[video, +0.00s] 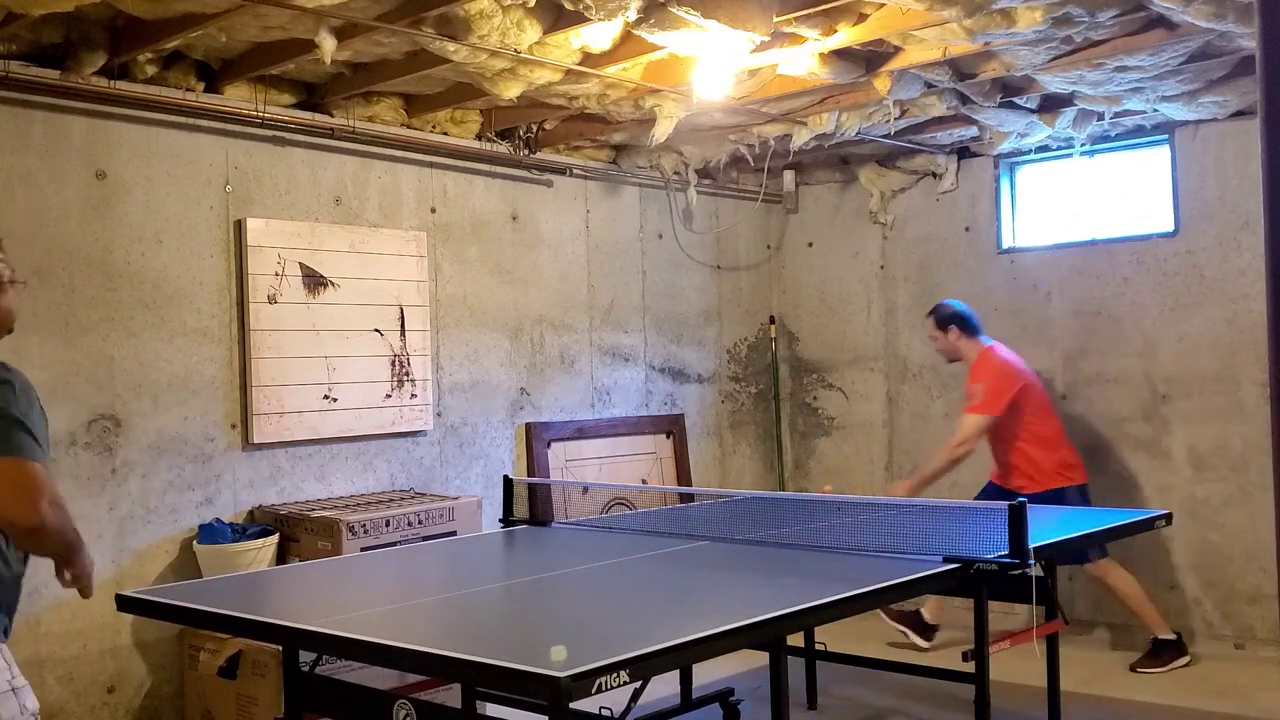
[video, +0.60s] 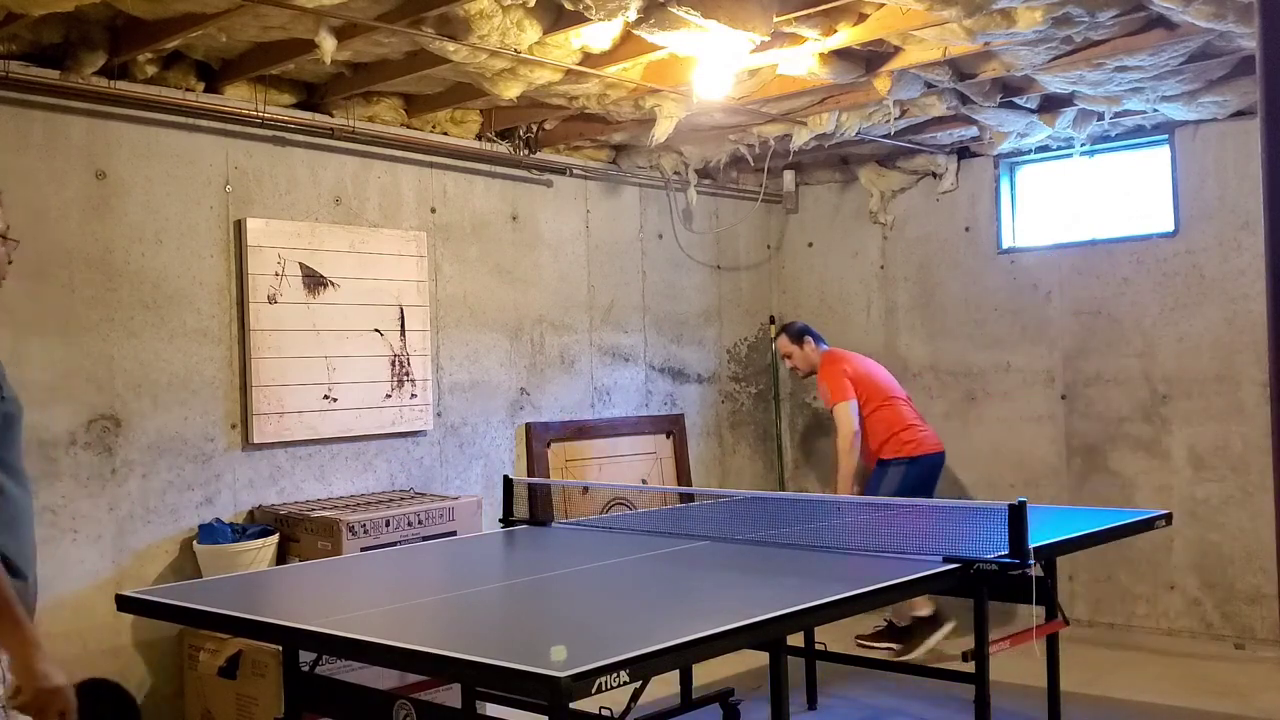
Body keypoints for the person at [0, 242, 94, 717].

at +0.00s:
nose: (15, 291)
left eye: (11, 281)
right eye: (8, 281)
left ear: (7, 288)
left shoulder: (10, 384)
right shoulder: (7, 384)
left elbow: (23, 507)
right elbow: (25, 510)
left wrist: (66, 550)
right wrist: (70, 551)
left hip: (3, 639)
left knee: (23, 705)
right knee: (23, 707)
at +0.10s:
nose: (35, 283)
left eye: (30, 266)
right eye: (26, 266)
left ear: (6, 271)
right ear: (3, 272)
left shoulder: (11, 378)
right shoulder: (9, 377)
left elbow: (12, 516)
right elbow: (14, 519)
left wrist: (55, 559)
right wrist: (67, 565)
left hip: (3, 637)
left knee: (29, 707)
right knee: (28, 709)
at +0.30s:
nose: (50, 259)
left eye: (45, 243)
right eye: (41, 243)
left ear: (10, 253)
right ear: (10, 253)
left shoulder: (13, 354)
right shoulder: (10, 361)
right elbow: (14, 521)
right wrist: (87, 622)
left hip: (5, 634)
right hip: (3, 638)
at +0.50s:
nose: (29, 250)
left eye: (22, 232)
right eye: (18, 233)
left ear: (11, 237)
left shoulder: (8, 363)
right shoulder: (3, 365)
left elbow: (8, 515)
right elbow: (3, 515)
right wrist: (64, 651)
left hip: (7, 642)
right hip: (2, 647)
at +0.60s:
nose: (8, 258)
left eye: (8, 247)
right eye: (6, 247)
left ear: (8, 255)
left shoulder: (7, 397)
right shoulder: (5, 397)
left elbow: (8, 535)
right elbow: (4, 542)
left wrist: (27, 661)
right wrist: (30, 660)